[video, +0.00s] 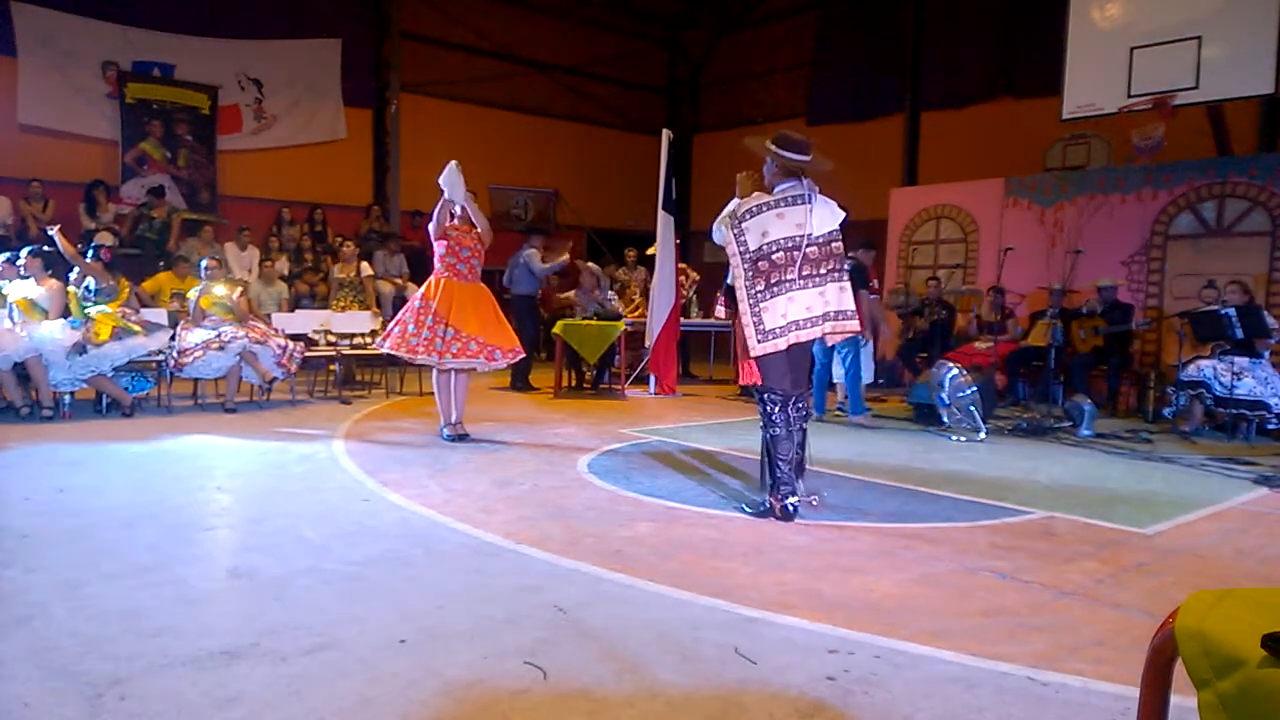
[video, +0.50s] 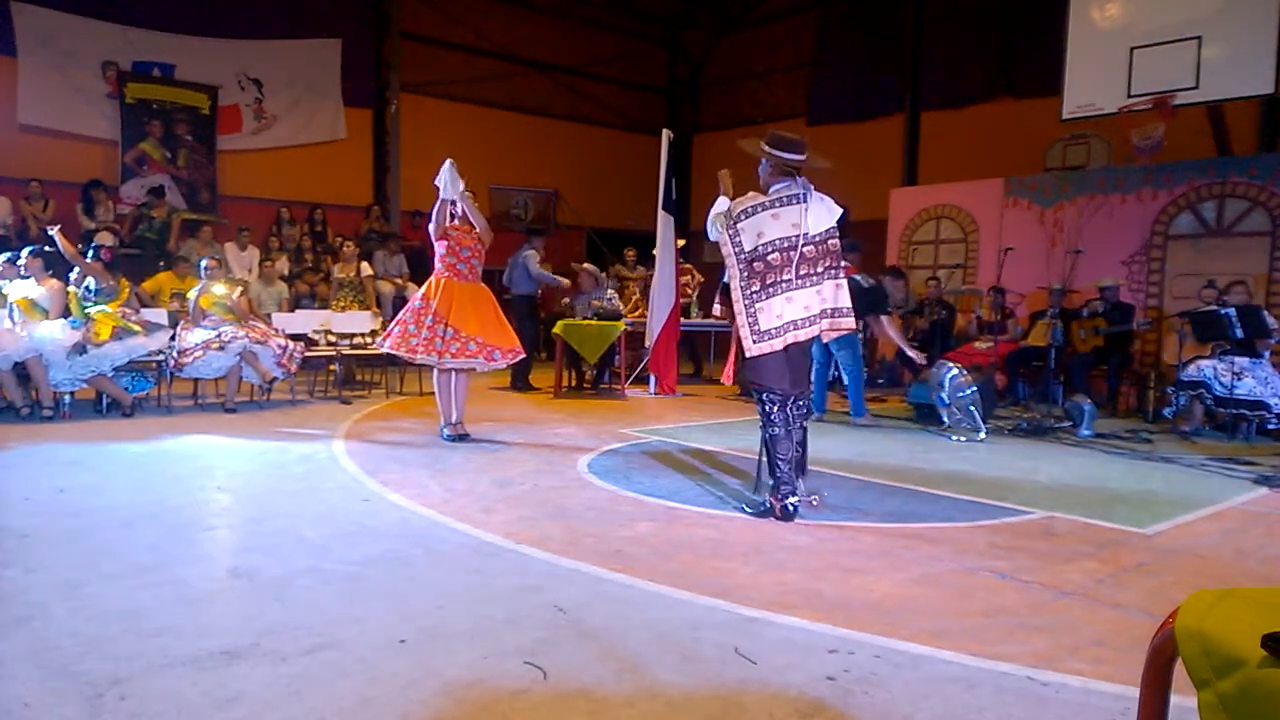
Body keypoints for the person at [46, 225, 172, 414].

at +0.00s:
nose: (85, 263)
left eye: (88, 258)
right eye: (87, 258)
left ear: (97, 259)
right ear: (107, 259)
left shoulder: (101, 276)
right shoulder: (122, 283)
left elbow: (73, 256)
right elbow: (135, 309)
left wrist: (56, 233)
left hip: (103, 332)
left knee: (78, 364)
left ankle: (126, 400)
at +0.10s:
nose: (86, 263)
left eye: (89, 258)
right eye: (88, 258)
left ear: (97, 259)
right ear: (108, 259)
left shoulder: (100, 275)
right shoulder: (122, 283)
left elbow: (73, 256)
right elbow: (135, 309)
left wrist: (56, 233)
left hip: (102, 332)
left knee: (78, 365)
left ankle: (126, 400)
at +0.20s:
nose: (87, 262)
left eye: (89, 258)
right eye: (88, 258)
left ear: (97, 259)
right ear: (108, 259)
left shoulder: (101, 275)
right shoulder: (122, 283)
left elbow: (74, 256)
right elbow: (136, 310)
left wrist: (56, 233)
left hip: (102, 332)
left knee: (79, 365)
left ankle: (126, 400)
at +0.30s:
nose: (87, 262)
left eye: (89, 258)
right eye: (88, 258)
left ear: (97, 259)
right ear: (108, 259)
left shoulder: (101, 275)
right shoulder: (122, 283)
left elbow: (74, 256)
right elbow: (136, 309)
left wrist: (56, 233)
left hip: (102, 332)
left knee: (79, 365)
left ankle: (126, 400)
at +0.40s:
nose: (87, 262)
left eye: (89, 258)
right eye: (88, 258)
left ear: (97, 258)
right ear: (108, 259)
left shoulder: (101, 275)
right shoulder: (122, 283)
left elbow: (73, 256)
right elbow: (135, 309)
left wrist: (56, 233)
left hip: (102, 332)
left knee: (78, 364)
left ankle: (126, 400)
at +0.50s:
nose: (86, 263)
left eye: (89, 259)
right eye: (87, 259)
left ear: (97, 259)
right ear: (106, 260)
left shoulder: (101, 276)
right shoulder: (122, 283)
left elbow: (73, 256)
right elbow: (135, 309)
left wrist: (56, 233)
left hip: (103, 332)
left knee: (79, 365)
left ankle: (126, 400)